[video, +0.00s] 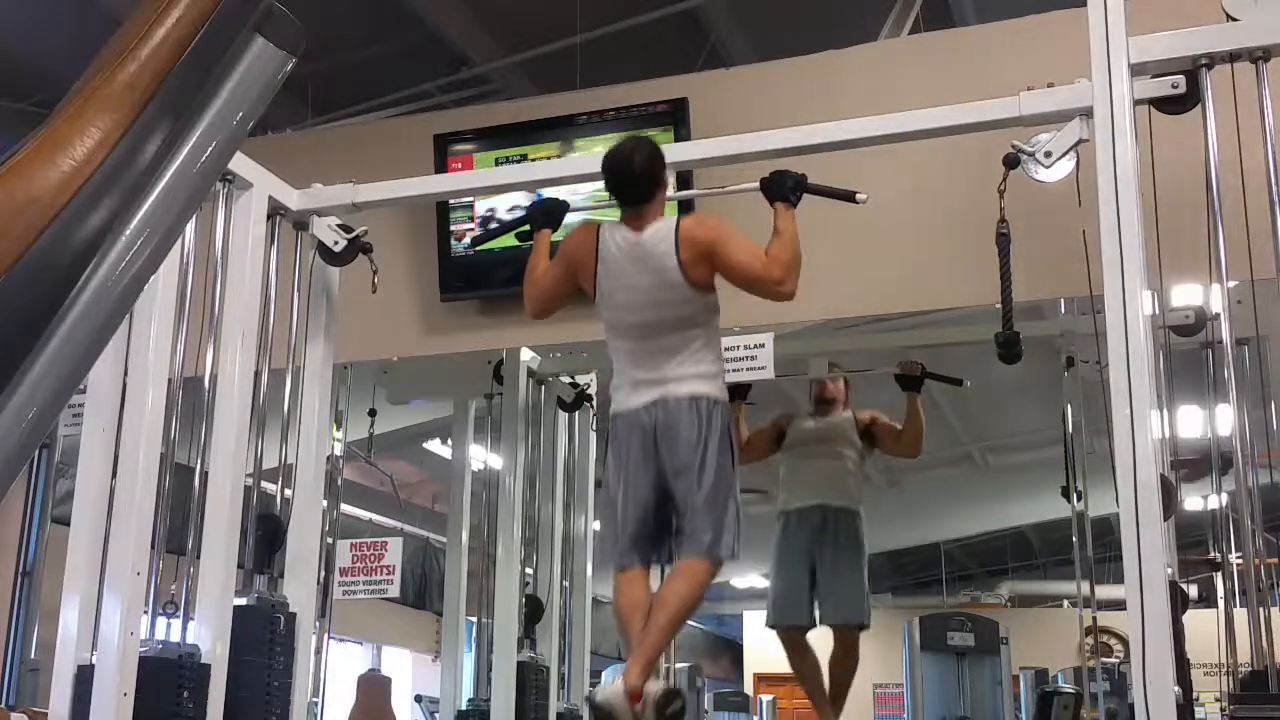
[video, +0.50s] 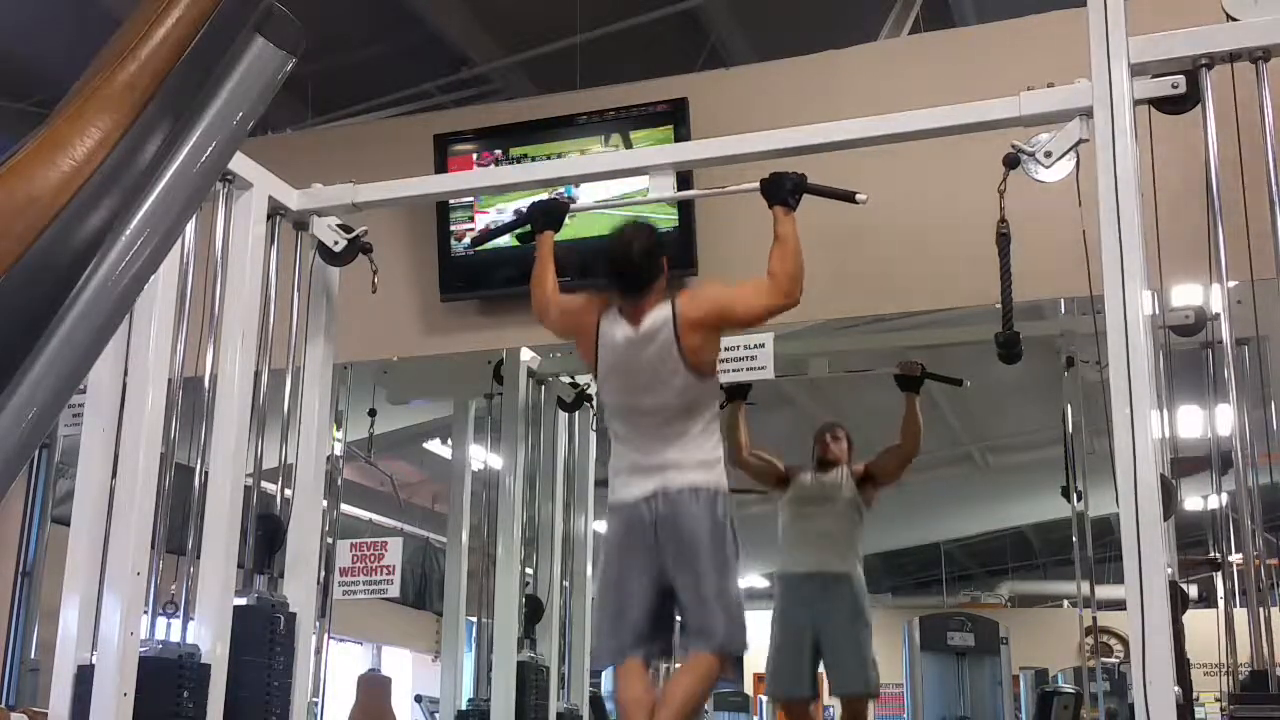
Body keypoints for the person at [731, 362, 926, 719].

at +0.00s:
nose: (822, 384)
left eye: (831, 378)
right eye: (816, 380)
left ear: (846, 390)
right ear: (809, 391)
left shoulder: (863, 421)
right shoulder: (789, 423)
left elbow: (909, 446)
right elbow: (741, 453)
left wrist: (912, 393)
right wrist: (737, 404)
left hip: (843, 523)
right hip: (794, 524)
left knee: (846, 628)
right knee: (789, 627)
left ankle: (832, 714)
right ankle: (825, 712)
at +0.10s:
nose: (821, 383)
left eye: (828, 377)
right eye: (815, 378)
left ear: (843, 383)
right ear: (805, 382)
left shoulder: (861, 409)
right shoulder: (789, 413)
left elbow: (906, 446)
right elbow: (747, 450)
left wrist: (912, 393)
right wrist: (738, 402)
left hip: (844, 511)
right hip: (796, 513)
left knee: (848, 616)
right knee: (794, 616)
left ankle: (838, 709)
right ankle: (833, 705)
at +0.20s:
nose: (822, 386)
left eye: (829, 381)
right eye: (816, 381)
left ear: (843, 387)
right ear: (807, 386)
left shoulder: (861, 414)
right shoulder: (788, 417)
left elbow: (906, 445)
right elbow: (747, 450)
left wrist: (912, 394)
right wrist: (737, 401)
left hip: (845, 516)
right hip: (797, 519)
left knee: (852, 622)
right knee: (798, 624)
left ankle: (845, 710)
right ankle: (842, 708)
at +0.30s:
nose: (824, 392)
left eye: (832, 389)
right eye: (818, 390)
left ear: (846, 403)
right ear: (811, 402)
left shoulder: (861, 433)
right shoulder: (790, 434)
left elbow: (910, 447)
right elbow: (740, 450)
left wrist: (912, 393)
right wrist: (736, 404)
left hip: (845, 541)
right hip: (795, 543)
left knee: (856, 644)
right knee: (799, 644)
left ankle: (850, 716)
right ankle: (834, 714)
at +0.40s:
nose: (826, 419)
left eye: (835, 415)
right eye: (820, 416)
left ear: (849, 429)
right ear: (813, 428)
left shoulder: (860, 457)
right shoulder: (791, 458)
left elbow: (910, 448)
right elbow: (741, 455)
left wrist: (912, 394)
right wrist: (735, 404)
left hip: (845, 568)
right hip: (795, 569)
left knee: (857, 673)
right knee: (797, 677)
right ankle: (827, 715)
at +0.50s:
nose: (827, 442)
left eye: (835, 438)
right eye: (821, 438)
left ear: (849, 450)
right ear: (812, 450)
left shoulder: (859, 478)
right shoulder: (790, 478)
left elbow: (907, 450)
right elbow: (740, 456)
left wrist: (911, 394)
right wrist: (735, 401)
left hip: (842, 587)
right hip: (792, 588)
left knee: (855, 694)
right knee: (791, 696)